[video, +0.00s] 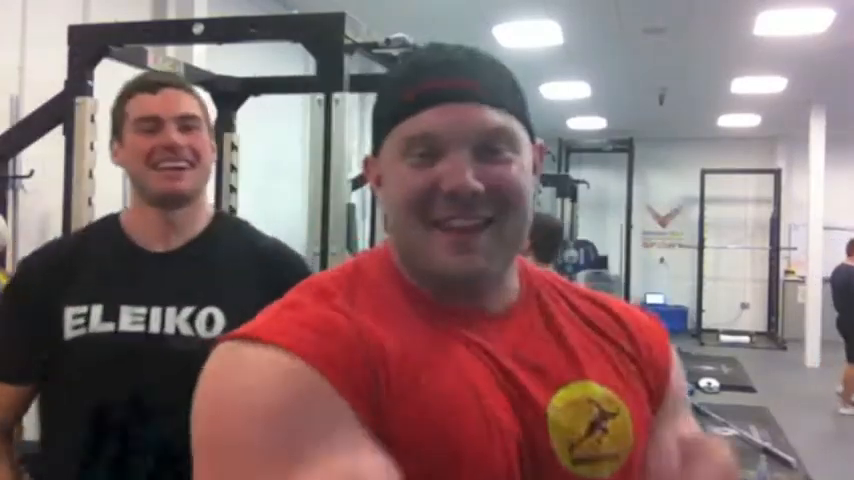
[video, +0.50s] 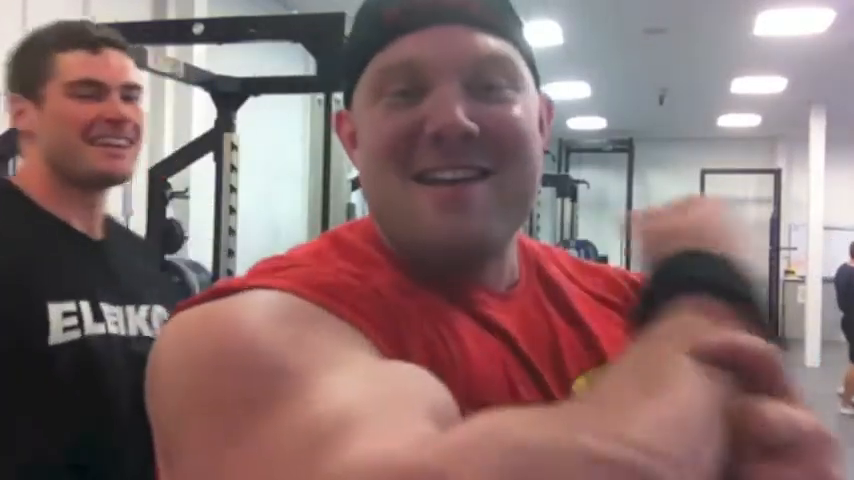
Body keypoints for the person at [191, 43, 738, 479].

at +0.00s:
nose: (462, 182)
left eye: (493, 150)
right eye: (424, 153)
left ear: (536, 165)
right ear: (374, 175)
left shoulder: (633, 342)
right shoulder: (275, 370)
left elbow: (694, 461)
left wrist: (712, 460)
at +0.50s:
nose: (450, 121)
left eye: (489, 87)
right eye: (404, 92)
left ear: (543, 127)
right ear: (350, 138)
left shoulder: (639, 302)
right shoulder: (243, 338)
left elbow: (782, 447)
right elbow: (411, 466)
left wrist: (791, 450)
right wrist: (702, 295)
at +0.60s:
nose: (449, 122)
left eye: (489, 86)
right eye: (402, 91)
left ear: (546, 126)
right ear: (348, 138)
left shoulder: (651, 308)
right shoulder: (235, 344)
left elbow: (817, 448)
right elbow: (401, 464)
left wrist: (798, 445)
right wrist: (740, 304)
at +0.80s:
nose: (447, 121)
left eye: (486, 83)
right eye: (399, 89)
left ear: (547, 120)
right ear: (343, 136)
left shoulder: (607, 293)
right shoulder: (221, 356)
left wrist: (765, 453)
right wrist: (646, 263)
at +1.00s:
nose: (461, 118)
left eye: (501, 78)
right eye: (410, 86)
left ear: (562, 113)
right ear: (352, 133)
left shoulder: (621, 291)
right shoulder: (227, 358)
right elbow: (619, 455)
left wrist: (800, 449)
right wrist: (655, 255)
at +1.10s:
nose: (488, 110)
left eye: (528, 74)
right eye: (434, 79)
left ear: (582, 105)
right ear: (367, 129)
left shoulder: (711, 326)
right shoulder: (244, 367)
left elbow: (794, 456)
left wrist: (798, 372)